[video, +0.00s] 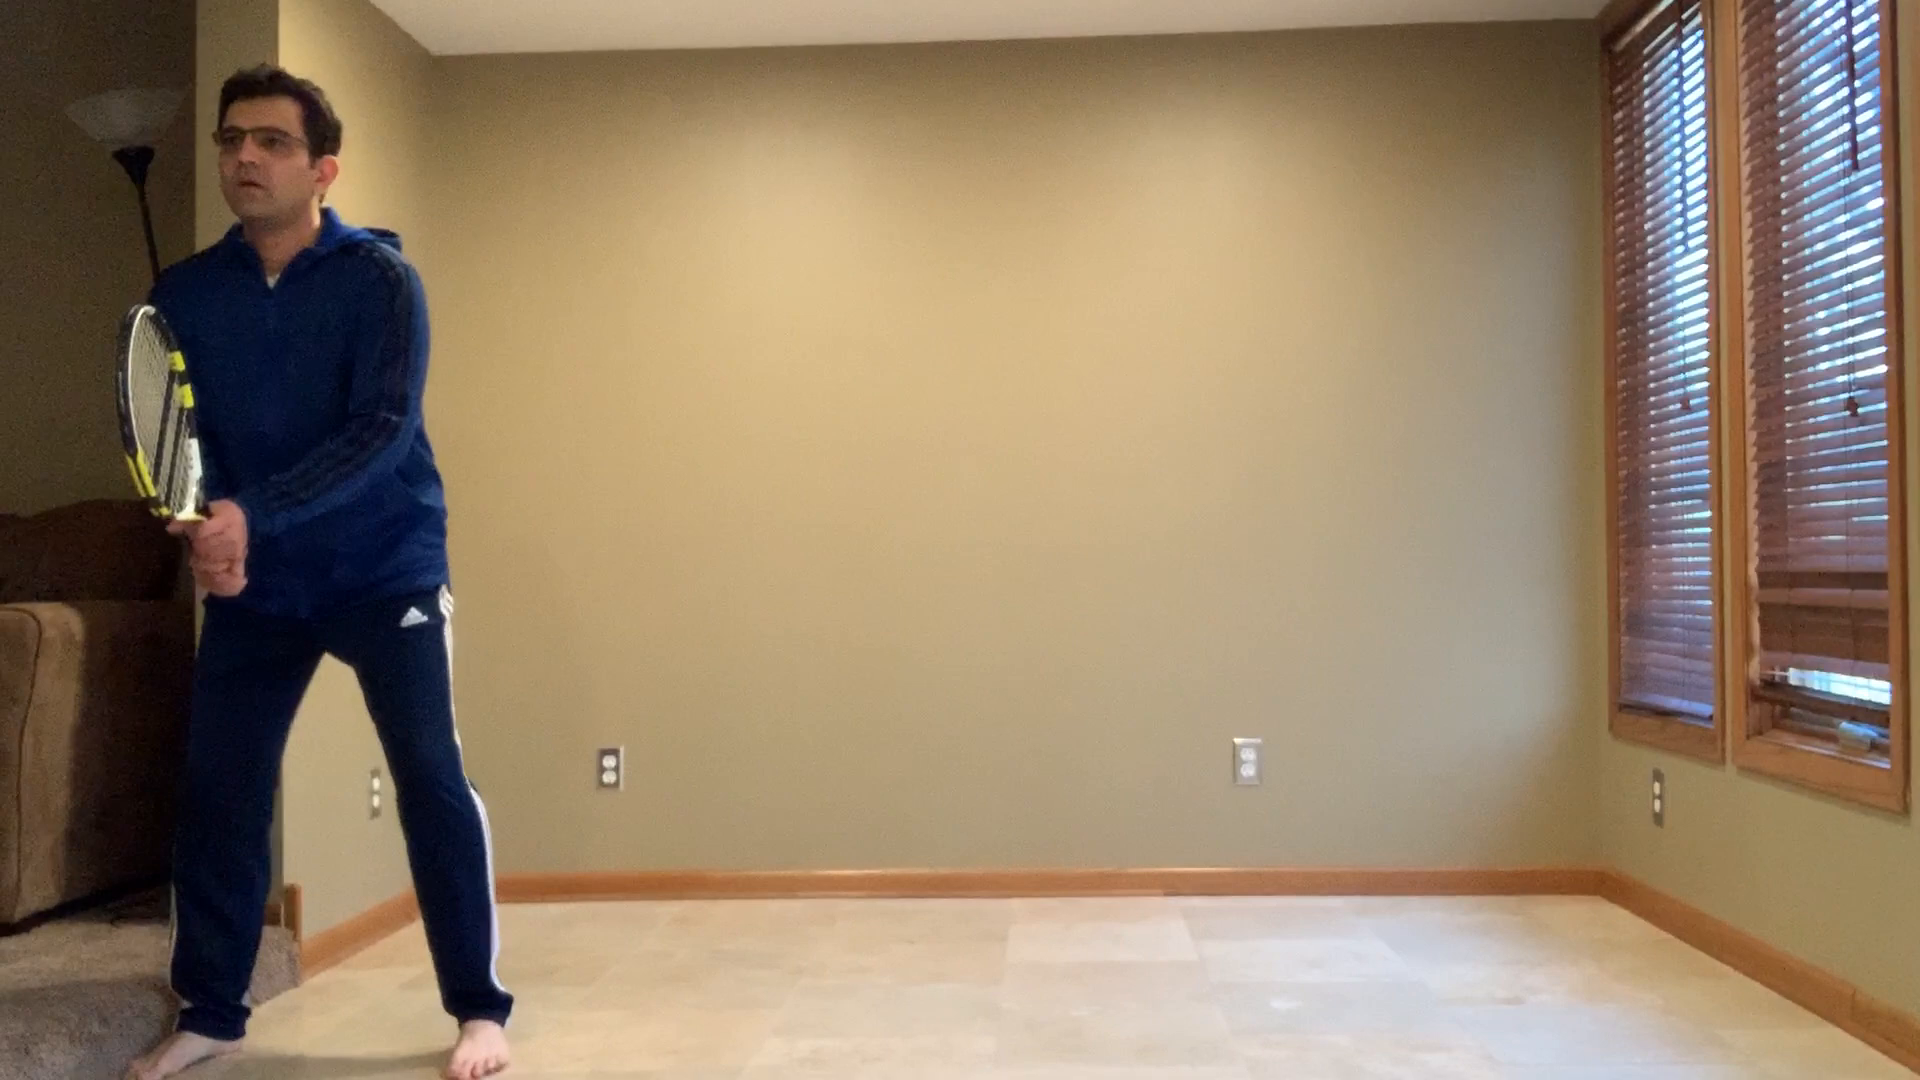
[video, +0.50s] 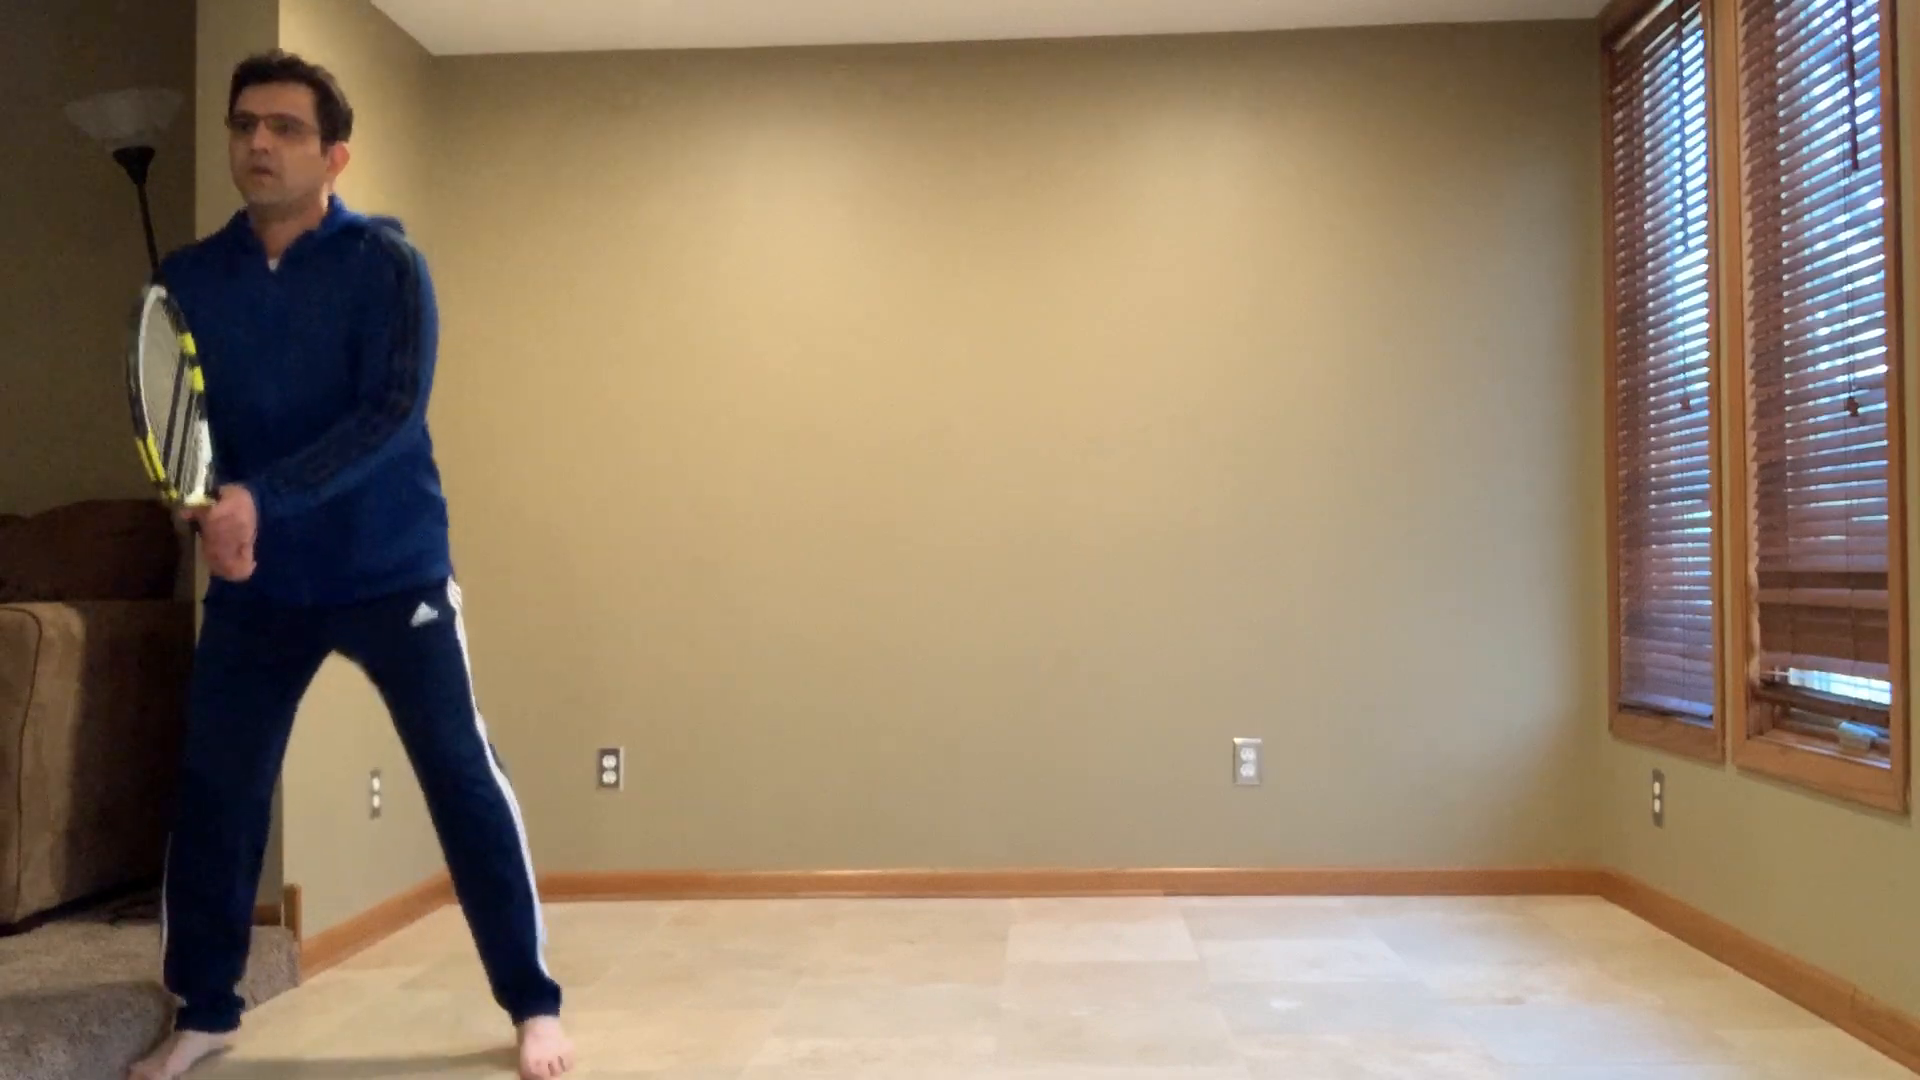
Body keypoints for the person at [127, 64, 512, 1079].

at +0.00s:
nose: (246, 158)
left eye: (273, 141)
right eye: (232, 140)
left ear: (324, 163)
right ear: (217, 159)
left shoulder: (378, 274)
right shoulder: (183, 292)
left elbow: (383, 429)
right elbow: (163, 438)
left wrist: (251, 517)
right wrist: (204, 524)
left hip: (386, 567)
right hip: (256, 578)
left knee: (430, 775)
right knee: (219, 788)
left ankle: (480, 1014)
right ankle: (210, 1017)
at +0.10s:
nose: (247, 160)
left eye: (275, 143)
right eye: (234, 141)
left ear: (326, 166)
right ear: (219, 160)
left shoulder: (380, 278)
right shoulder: (185, 293)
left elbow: (381, 435)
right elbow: (165, 441)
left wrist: (248, 522)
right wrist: (197, 532)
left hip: (387, 570)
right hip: (257, 582)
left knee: (426, 779)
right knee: (218, 787)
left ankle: (486, 1013)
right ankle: (210, 1016)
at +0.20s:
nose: (256, 163)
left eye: (283, 146)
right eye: (243, 145)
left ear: (335, 170)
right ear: (227, 165)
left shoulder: (384, 283)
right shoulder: (190, 302)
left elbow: (385, 441)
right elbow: (167, 447)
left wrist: (247, 523)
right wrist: (197, 534)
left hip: (391, 586)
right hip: (258, 593)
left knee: (432, 795)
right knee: (212, 800)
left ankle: (487, 1019)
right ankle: (211, 1018)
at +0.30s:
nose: (257, 136)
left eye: (283, 119)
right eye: (243, 118)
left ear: (335, 143)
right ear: (227, 138)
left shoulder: (390, 254)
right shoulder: (187, 276)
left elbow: (391, 406)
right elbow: (169, 417)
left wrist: (255, 492)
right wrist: (207, 494)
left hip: (392, 572)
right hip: (258, 581)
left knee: (437, 787)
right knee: (219, 795)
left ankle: (490, 1014)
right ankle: (207, 1012)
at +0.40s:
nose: (255, 115)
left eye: (281, 98)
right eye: (240, 97)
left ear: (331, 120)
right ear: (221, 115)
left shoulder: (383, 228)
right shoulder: (186, 250)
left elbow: (398, 379)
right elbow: (168, 392)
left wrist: (269, 472)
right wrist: (211, 473)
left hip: (394, 545)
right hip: (258, 557)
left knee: (455, 762)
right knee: (218, 771)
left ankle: (510, 994)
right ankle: (198, 997)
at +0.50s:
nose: (259, 145)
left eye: (285, 129)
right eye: (243, 127)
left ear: (335, 153)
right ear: (227, 146)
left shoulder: (385, 259)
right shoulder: (186, 280)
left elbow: (394, 408)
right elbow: (168, 419)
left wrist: (265, 496)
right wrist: (204, 500)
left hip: (394, 574)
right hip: (257, 586)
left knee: (464, 783)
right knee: (214, 794)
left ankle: (534, 1005)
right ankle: (205, 1015)